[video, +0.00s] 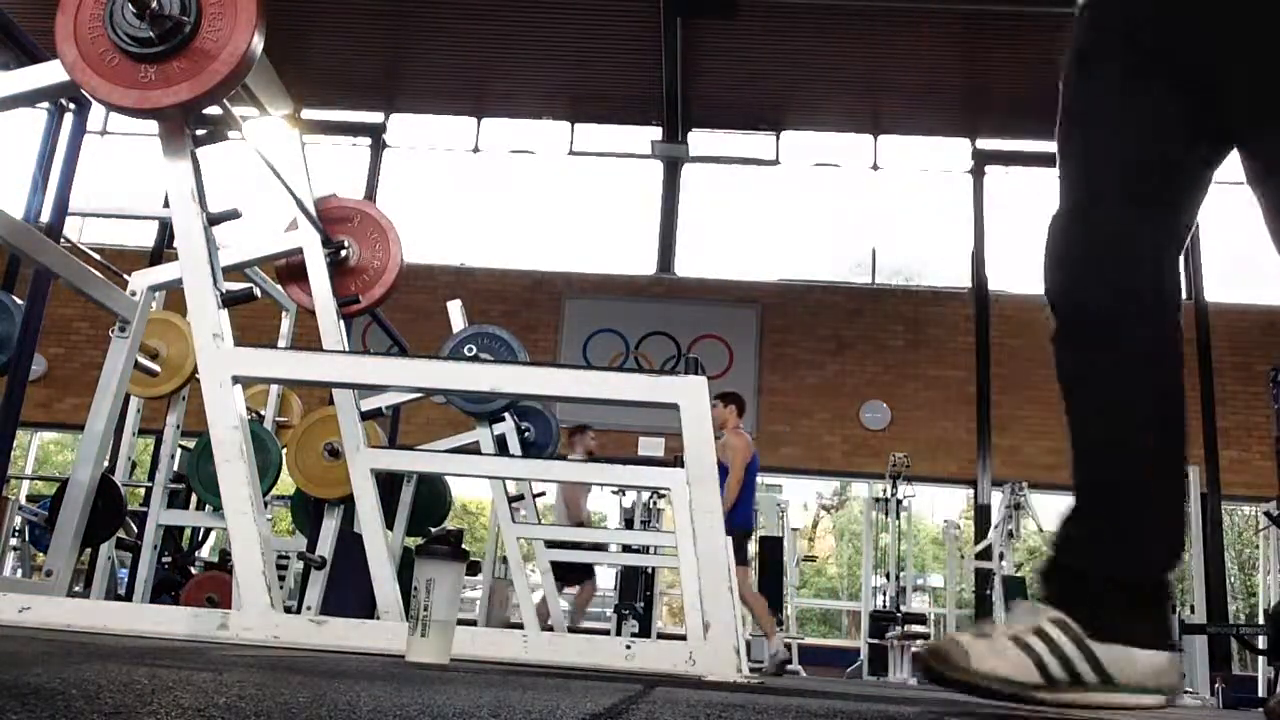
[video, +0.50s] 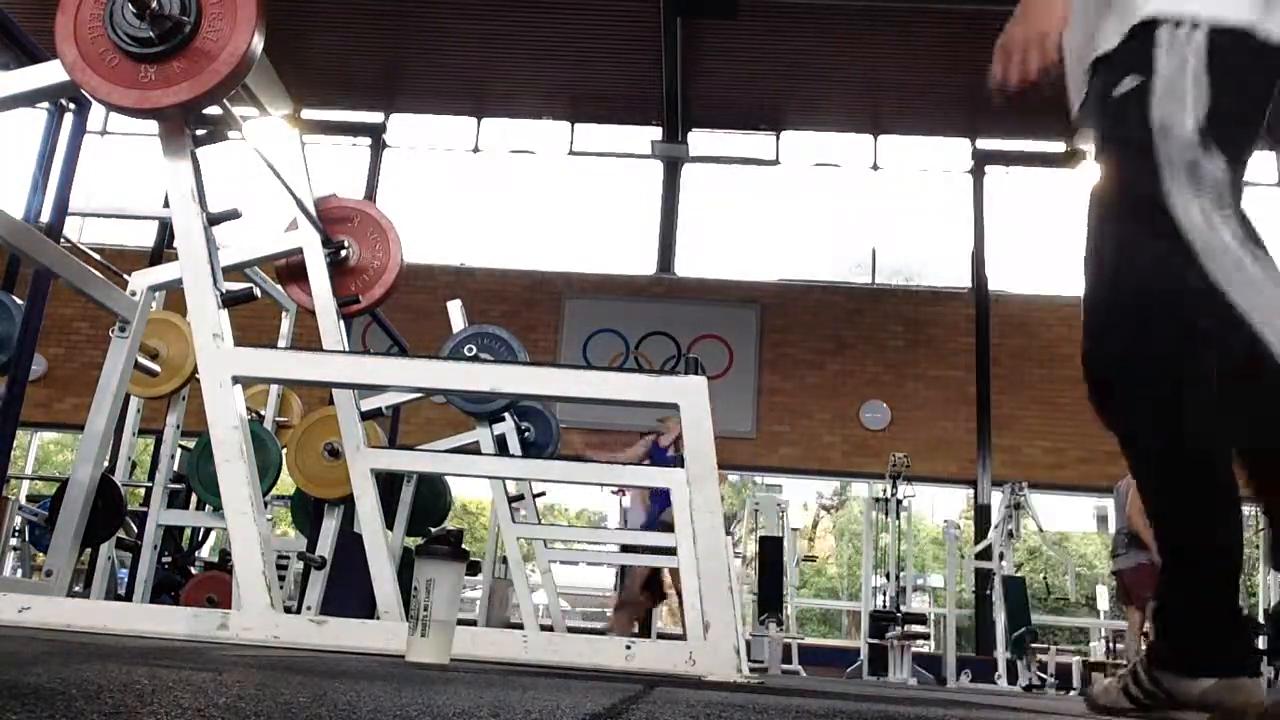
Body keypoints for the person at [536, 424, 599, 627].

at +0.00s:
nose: (595, 443)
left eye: (594, 438)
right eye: (591, 438)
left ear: (577, 440)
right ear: (576, 439)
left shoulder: (576, 466)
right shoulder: (574, 466)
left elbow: (576, 504)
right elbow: (574, 504)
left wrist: (585, 528)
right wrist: (588, 533)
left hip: (565, 532)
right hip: (570, 533)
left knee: (555, 587)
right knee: (588, 585)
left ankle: (534, 628)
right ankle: (573, 627)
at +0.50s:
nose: (667, 427)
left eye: (673, 423)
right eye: (666, 423)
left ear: (683, 425)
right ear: (663, 425)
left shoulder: (692, 447)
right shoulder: (653, 442)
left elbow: (720, 477)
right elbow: (625, 457)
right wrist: (590, 454)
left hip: (684, 521)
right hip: (657, 518)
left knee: (682, 581)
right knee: (638, 572)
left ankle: (693, 633)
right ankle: (620, 623)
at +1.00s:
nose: (590, 407)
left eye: (596, 403)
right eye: (591, 403)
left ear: (612, 406)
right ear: (601, 409)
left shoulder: (638, 432)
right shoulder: (586, 439)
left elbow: (660, 469)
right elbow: (559, 463)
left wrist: (653, 498)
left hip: (634, 516)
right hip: (602, 516)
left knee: (631, 577)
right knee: (597, 579)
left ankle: (638, 630)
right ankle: (595, 639)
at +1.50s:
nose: (595, 412)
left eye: (600, 407)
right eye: (594, 408)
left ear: (616, 410)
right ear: (595, 411)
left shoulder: (635, 441)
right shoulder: (586, 436)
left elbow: (648, 479)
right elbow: (559, 457)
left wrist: (629, 498)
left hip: (616, 520)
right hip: (586, 517)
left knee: (611, 580)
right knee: (583, 577)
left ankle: (605, 636)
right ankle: (589, 634)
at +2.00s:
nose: (579, 412)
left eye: (585, 407)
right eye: (579, 407)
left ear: (600, 411)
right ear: (579, 412)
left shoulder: (615, 442)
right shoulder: (567, 438)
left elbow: (622, 481)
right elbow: (549, 467)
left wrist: (593, 462)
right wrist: (563, 458)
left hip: (599, 519)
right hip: (569, 515)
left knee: (604, 579)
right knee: (552, 573)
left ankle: (606, 635)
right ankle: (530, 625)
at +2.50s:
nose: (543, 408)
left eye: (547, 402)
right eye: (539, 401)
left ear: (552, 407)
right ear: (530, 406)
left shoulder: (565, 433)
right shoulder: (523, 433)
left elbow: (578, 453)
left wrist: (567, 448)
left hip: (558, 509)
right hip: (526, 511)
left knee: (565, 573)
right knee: (528, 572)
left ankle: (570, 627)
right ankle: (526, 625)